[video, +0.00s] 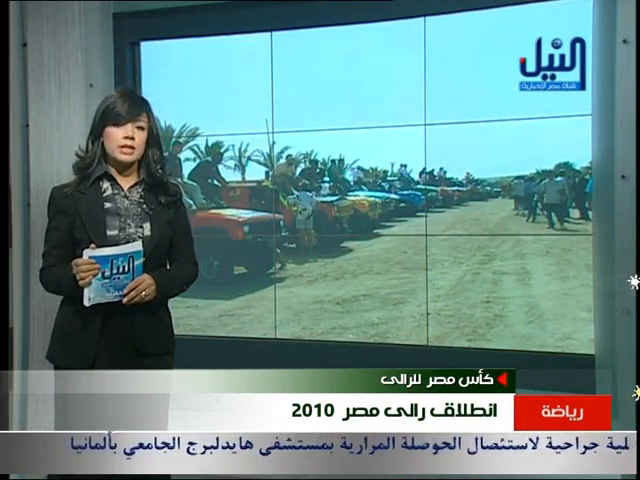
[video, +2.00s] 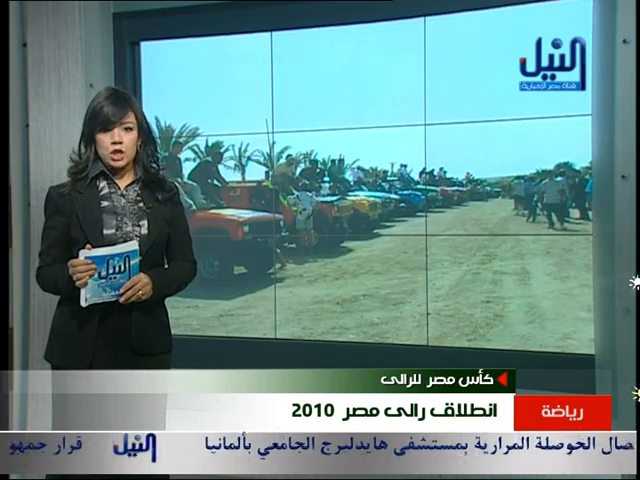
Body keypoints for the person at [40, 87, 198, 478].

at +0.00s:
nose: (129, 135)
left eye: (138, 127)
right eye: (119, 125)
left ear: (149, 138)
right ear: (101, 134)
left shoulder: (167, 197)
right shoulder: (68, 198)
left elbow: (187, 266)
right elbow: (50, 273)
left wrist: (159, 282)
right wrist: (72, 275)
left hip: (148, 349)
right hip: (83, 349)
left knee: (147, 452)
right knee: (79, 452)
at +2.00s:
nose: (117, 139)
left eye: (127, 128)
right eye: (107, 129)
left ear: (140, 136)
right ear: (92, 137)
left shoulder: (164, 194)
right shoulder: (65, 197)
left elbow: (185, 265)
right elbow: (46, 272)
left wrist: (156, 282)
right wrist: (69, 275)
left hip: (145, 348)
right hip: (80, 349)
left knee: (145, 452)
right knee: (77, 453)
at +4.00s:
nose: (124, 139)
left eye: (134, 128)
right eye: (113, 130)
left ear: (148, 135)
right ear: (99, 138)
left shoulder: (170, 196)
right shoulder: (72, 198)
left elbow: (189, 266)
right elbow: (52, 273)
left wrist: (162, 282)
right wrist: (77, 275)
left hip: (151, 347)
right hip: (86, 348)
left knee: (149, 451)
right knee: (83, 452)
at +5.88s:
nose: (131, 133)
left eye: (140, 124)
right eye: (120, 124)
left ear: (151, 135)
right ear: (102, 135)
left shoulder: (170, 196)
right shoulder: (71, 198)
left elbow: (189, 267)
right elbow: (52, 273)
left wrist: (161, 282)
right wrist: (76, 274)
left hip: (151, 348)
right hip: (86, 349)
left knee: (150, 452)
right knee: (83, 452)